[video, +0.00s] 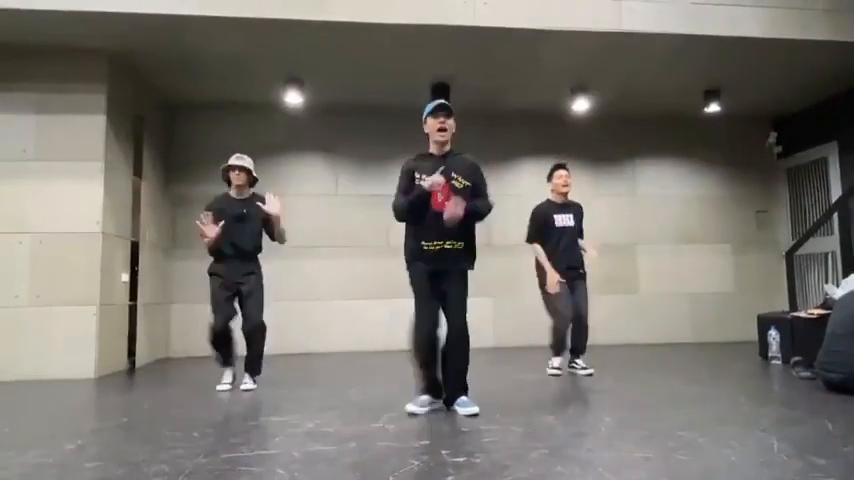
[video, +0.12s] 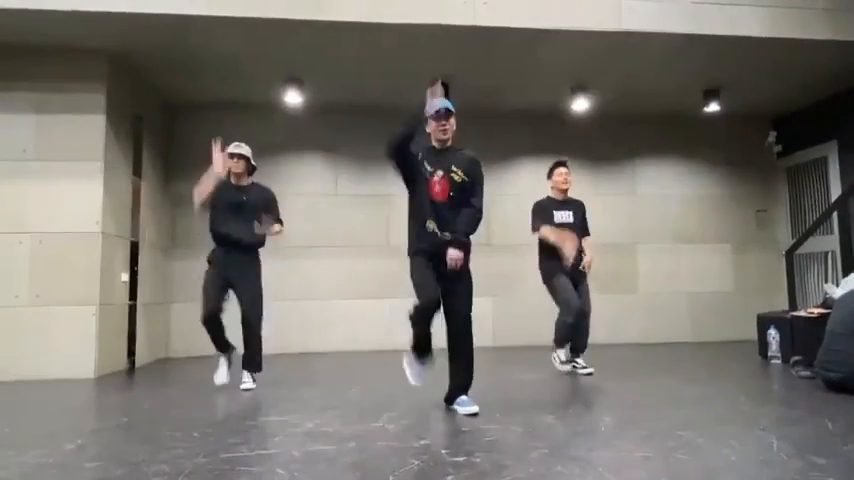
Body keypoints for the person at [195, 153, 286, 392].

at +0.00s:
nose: (237, 174)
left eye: (242, 171)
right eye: (233, 170)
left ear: (251, 176)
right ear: (228, 174)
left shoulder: (261, 203)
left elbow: (279, 239)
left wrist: (275, 217)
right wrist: (211, 238)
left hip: (250, 271)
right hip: (221, 271)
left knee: (254, 324)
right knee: (220, 325)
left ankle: (251, 374)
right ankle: (227, 368)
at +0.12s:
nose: (235, 162)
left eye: (240, 158)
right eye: (231, 158)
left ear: (249, 164)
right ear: (226, 162)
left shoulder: (263, 194)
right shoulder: (218, 188)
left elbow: (278, 226)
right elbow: (197, 199)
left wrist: (269, 229)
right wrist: (214, 171)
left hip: (248, 260)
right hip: (220, 258)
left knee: (251, 318)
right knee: (209, 314)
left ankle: (249, 370)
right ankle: (226, 352)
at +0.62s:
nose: (225, 160)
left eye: (230, 157)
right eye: (222, 156)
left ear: (239, 163)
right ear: (216, 161)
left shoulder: (251, 195)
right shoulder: (202, 189)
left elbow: (253, 226)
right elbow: (203, 223)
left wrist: (248, 243)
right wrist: (207, 254)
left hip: (236, 257)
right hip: (209, 257)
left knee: (238, 314)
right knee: (206, 315)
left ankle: (242, 369)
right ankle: (200, 370)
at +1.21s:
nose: (220, 163)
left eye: (225, 159)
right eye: (216, 159)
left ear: (234, 165)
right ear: (210, 164)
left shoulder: (248, 195)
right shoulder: (198, 192)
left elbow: (253, 225)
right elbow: (200, 227)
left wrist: (246, 237)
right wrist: (203, 259)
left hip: (234, 258)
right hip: (205, 257)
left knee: (245, 311)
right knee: (190, 311)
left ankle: (250, 366)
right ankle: (185, 369)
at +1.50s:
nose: (220, 168)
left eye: (226, 165)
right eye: (217, 163)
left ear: (233, 171)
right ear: (210, 166)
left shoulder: (242, 197)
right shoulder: (195, 192)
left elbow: (244, 227)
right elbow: (188, 224)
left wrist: (244, 237)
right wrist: (211, 202)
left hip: (237, 256)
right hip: (208, 257)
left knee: (247, 308)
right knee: (197, 310)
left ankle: (252, 366)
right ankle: (182, 368)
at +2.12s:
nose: (205, 170)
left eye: (210, 166)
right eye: (202, 167)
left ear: (220, 169)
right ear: (198, 173)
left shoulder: (236, 197)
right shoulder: (198, 199)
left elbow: (257, 224)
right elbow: (198, 231)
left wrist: (236, 243)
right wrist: (176, 239)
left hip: (220, 261)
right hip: (194, 262)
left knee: (231, 312)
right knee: (179, 312)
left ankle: (256, 364)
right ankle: (181, 371)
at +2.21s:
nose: (209, 166)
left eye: (213, 162)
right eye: (205, 163)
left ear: (223, 166)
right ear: (201, 169)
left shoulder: (240, 194)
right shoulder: (202, 197)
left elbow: (261, 221)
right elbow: (204, 228)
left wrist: (241, 241)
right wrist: (180, 239)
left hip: (226, 259)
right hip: (201, 259)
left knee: (239, 311)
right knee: (185, 310)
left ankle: (258, 364)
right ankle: (183, 370)